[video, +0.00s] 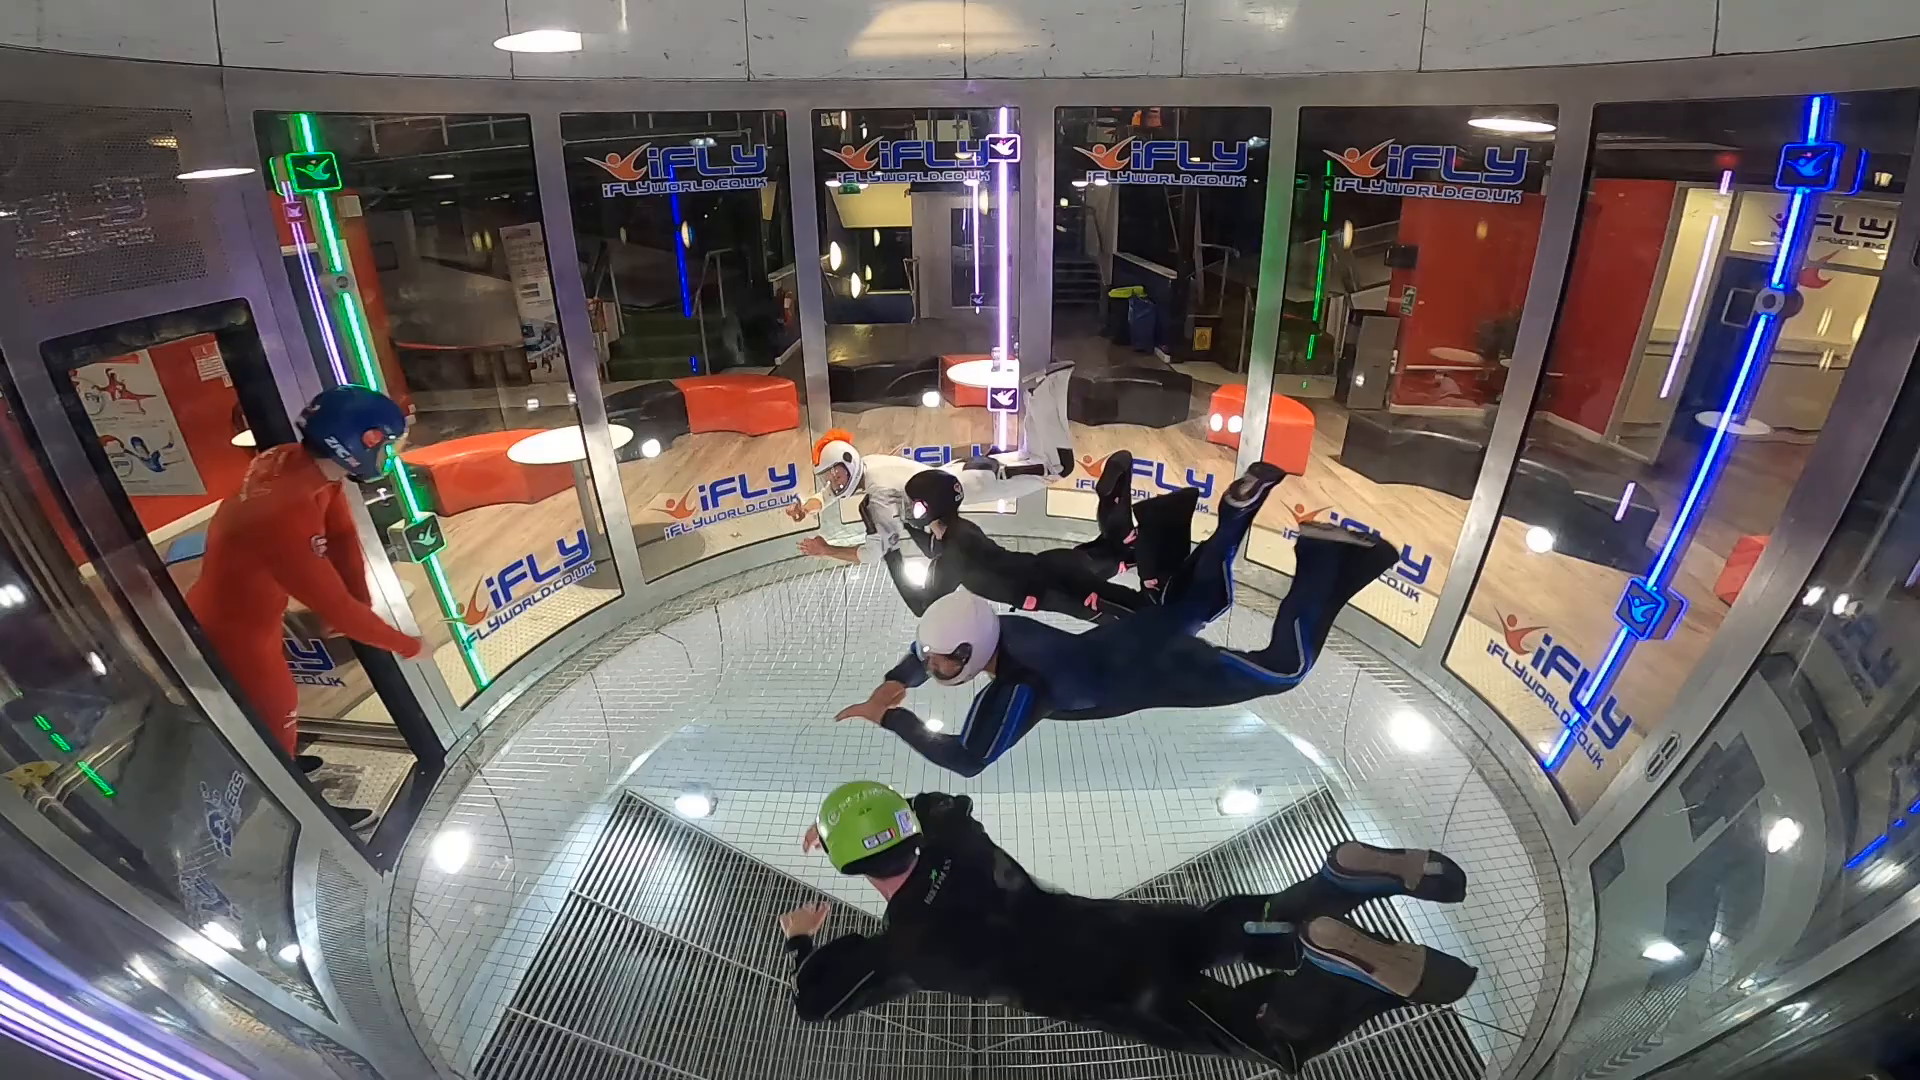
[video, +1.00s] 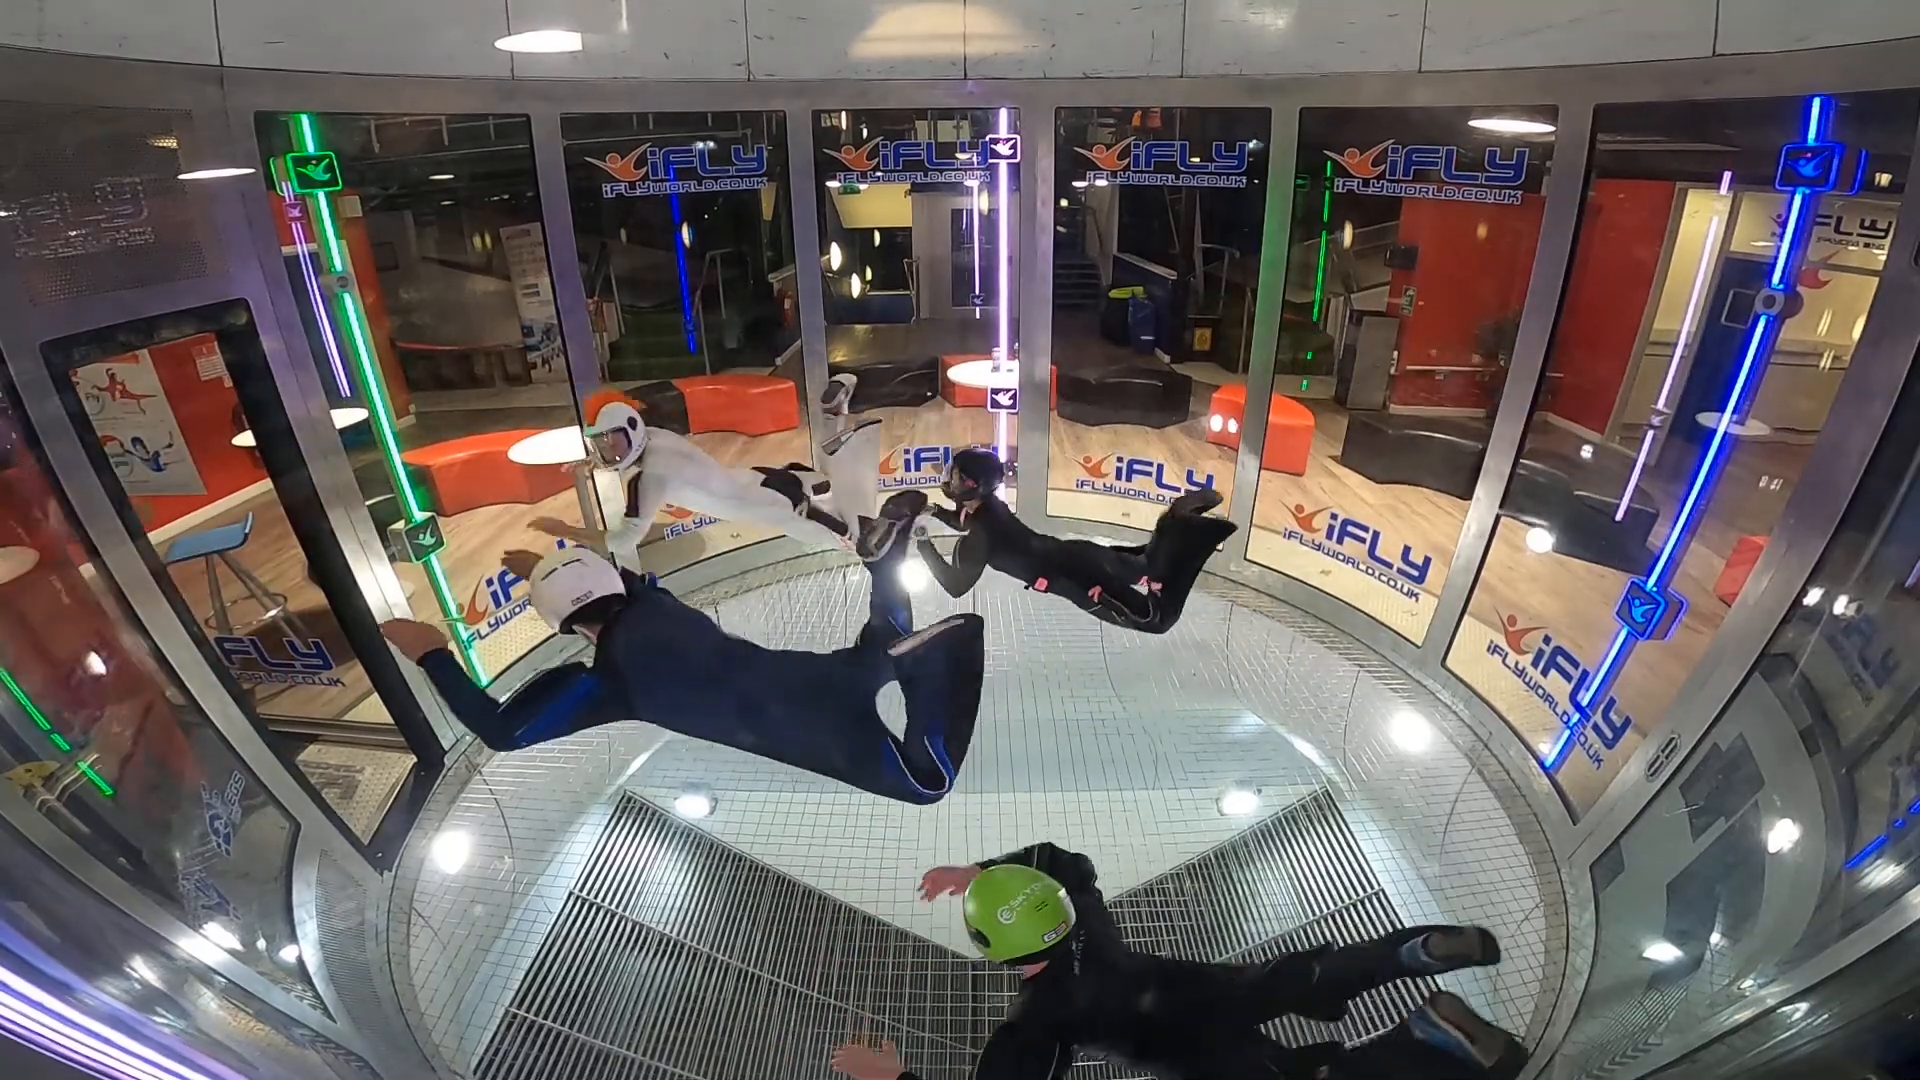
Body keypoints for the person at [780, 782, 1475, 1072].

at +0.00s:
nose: (854, 865)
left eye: (849, 857)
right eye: (858, 847)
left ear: (869, 870)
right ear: (903, 822)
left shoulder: (907, 939)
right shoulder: (955, 827)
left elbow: (820, 1003)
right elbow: (921, 807)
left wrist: (812, 945)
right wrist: (848, 843)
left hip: (1110, 990)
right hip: (1127, 922)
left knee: (1268, 1026)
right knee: (1267, 916)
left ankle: (1379, 982)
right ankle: (1367, 873)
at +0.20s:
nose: (863, 913)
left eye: (862, 907)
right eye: (862, 898)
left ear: (879, 916)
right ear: (920, 861)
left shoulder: (918, 984)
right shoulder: (962, 869)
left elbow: (832, 1052)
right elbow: (919, 862)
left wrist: (829, 996)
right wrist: (851, 882)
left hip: (1091, 1021)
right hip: (1108, 956)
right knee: (1250, 955)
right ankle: (1335, 903)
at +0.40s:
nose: (883, 958)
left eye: (880, 950)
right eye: (877, 944)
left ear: (887, 949)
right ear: (923, 899)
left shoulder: (932, 1010)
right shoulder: (965, 897)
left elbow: (858, 1066)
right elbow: (950, 871)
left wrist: (789, 1041)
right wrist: (886, 898)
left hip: (1097, 1042)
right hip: (1106, 976)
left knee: (1218, 1046)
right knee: (1211, 984)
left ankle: (1352, 1005)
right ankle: (1319, 933)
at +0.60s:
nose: (902, 961)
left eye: (903, 954)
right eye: (894, 951)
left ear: (919, 954)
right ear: (941, 904)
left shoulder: (944, 1022)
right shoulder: (979, 892)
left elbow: (875, 1076)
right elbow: (937, 881)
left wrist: (822, 1043)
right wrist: (869, 894)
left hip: (1102, 1052)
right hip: (1114, 994)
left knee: (1219, 1059)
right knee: (1211, 1006)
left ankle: (1347, 1043)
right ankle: (1302, 987)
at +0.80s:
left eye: (949, 950)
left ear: (962, 962)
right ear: (1000, 909)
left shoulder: (995, 1021)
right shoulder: (1034, 907)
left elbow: (903, 1072)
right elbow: (1010, 872)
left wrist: (865, 1025)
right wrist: (933, 890)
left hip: (1134, 1055)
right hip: (1151, 1001)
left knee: (1258, 1046)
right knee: (1249, 1009)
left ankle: (1367, 1031)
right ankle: (1359, 981)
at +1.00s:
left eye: (997, 941)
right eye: (1019, 926)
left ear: (1011, 954)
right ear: (1042, 917)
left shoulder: (1041, 1021)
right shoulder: (1078, 912)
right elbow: (1056, 859)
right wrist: (976, 874)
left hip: (1189, 1027)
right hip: (1197, 1001)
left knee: (1297, 1048)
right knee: (1300, 984)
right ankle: (1419, 956)